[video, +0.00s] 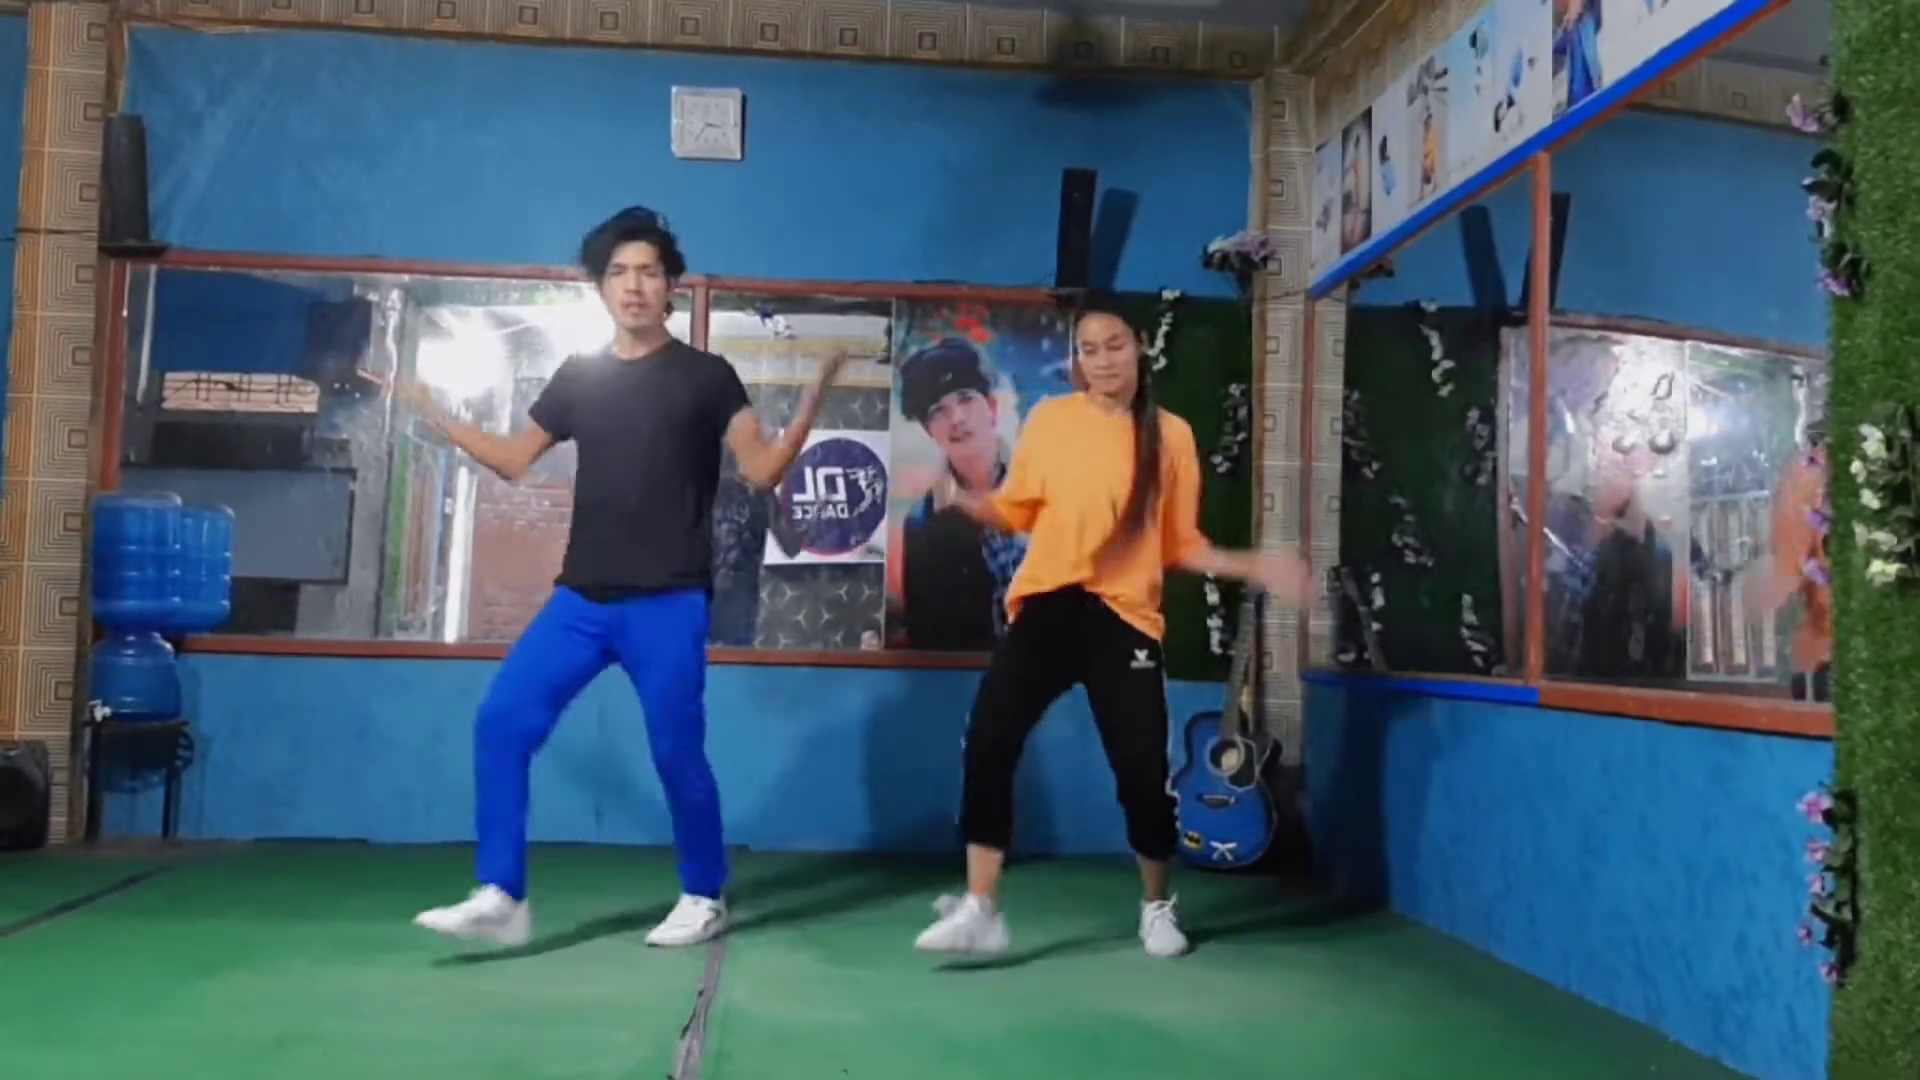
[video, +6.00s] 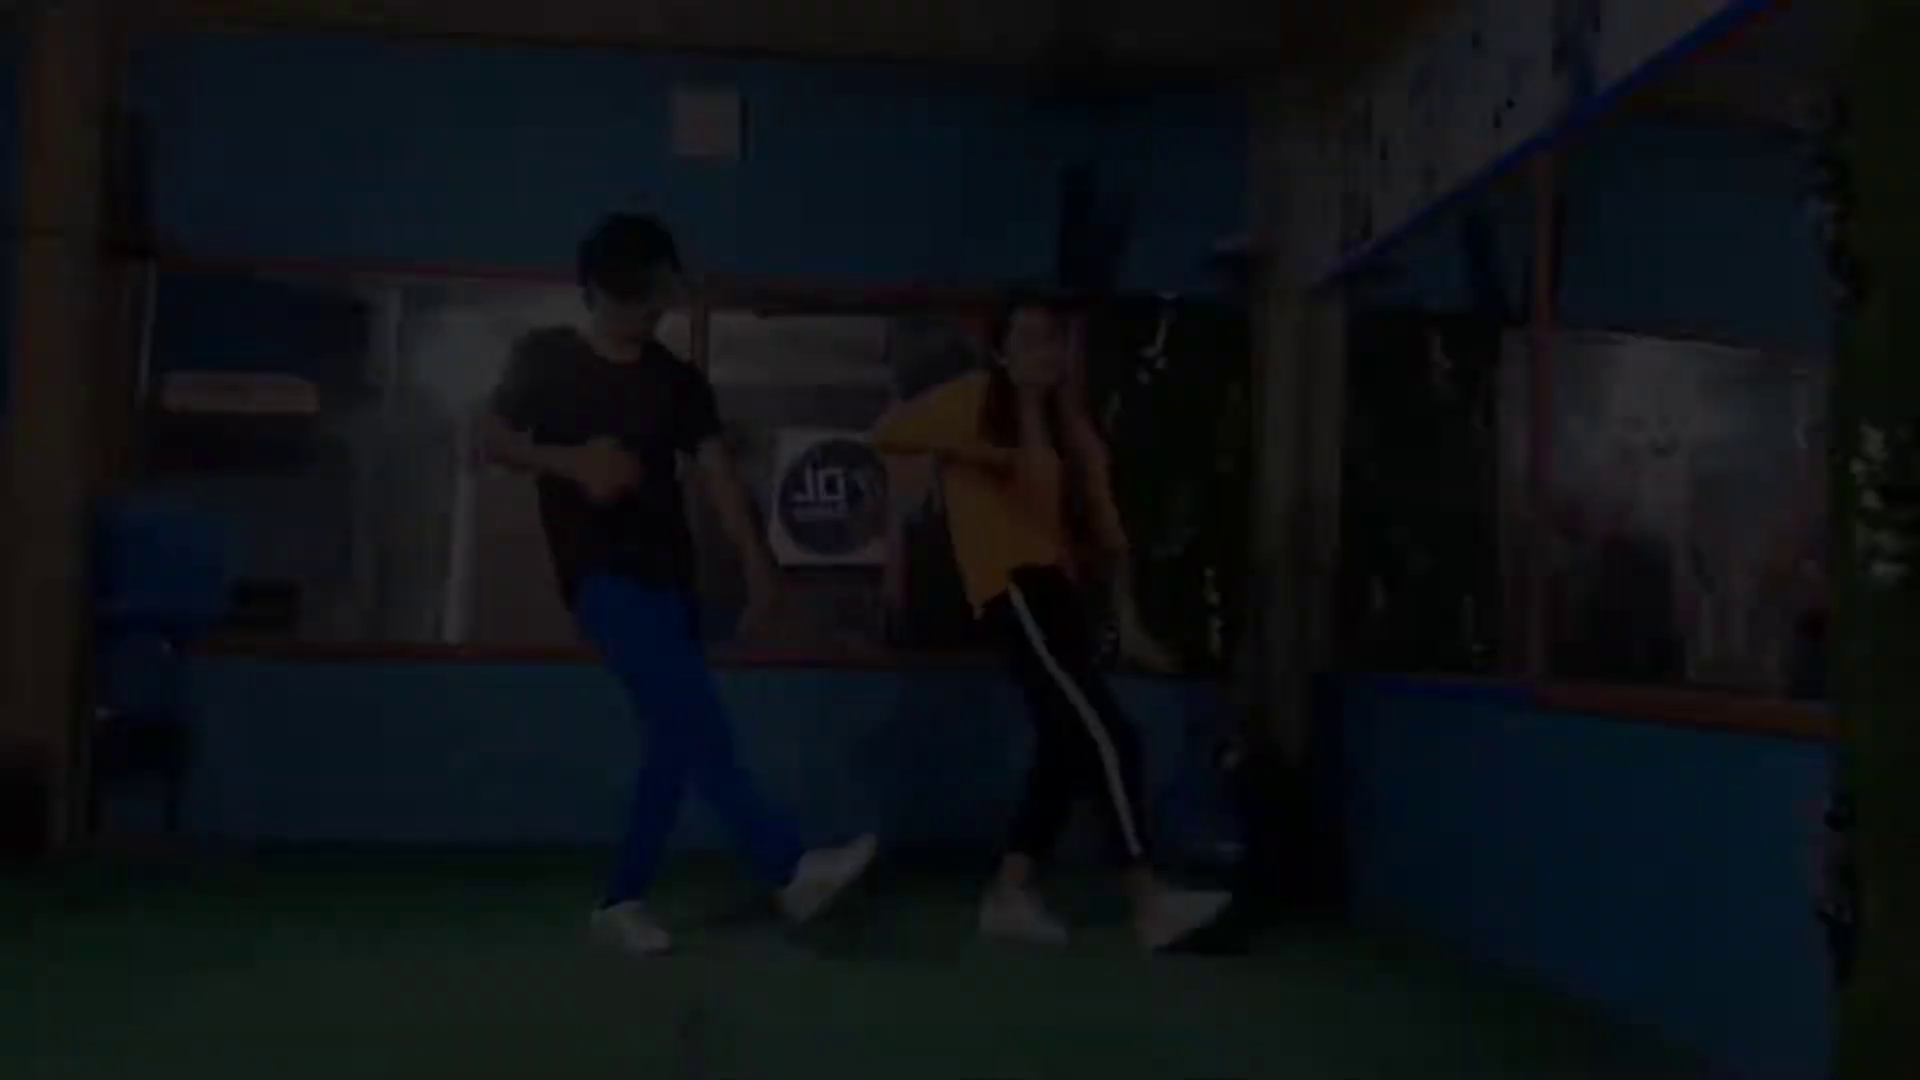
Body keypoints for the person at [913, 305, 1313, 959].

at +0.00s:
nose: (1103, 360)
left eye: (1114, 346)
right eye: (1089, 349)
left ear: (1139, 352)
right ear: (1075, 360)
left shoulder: (1169, 435)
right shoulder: (1050, 417)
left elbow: (1183, 545)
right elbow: (1016, 512)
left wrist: (1256, 566)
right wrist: (964, 499)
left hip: (1125, 616)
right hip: (1044, 610)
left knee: (1144, 766)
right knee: (988, 741)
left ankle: (1156, 906)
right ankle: (979, 910)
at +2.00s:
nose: (1060, 369)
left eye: (1074, 360)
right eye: (1049, 358)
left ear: (1093, 376)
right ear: (1030, 371)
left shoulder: (1118, 433)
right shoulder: (1009, 440)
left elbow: (1121, 544)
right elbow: (958, 551)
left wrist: (1025, 571)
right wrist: (967, 526)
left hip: (1126, 621)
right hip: (1049, 628)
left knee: (1210, 720)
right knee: (1036, 770)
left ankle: (1173, 823)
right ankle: (1042, 903)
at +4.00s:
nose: (1009, 371)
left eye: (1023, 359)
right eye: (1004, 359)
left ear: (1060, 361)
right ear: (1002, 360)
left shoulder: (1078, 421)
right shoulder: (1027, 426)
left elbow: (1078, 533)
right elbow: (1003, 528)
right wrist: (926, 527)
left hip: (1061, 628)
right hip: (1015, 619)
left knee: (1004, 762)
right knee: (909, 718)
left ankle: (1048, 907)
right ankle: (927, 873)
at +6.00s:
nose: (1039, 354)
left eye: (1050, 340)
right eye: (1027, 340)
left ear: (1066, 349)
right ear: (1003, 345)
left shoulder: (1064, 420)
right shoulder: (978, 397)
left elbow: (1106, 530)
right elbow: (885, 439)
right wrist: (972, 455)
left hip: (1061, 586)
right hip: (1006, 586)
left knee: (1061, 740)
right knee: (1100, 729)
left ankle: (1011, 892)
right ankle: (1149, 898)